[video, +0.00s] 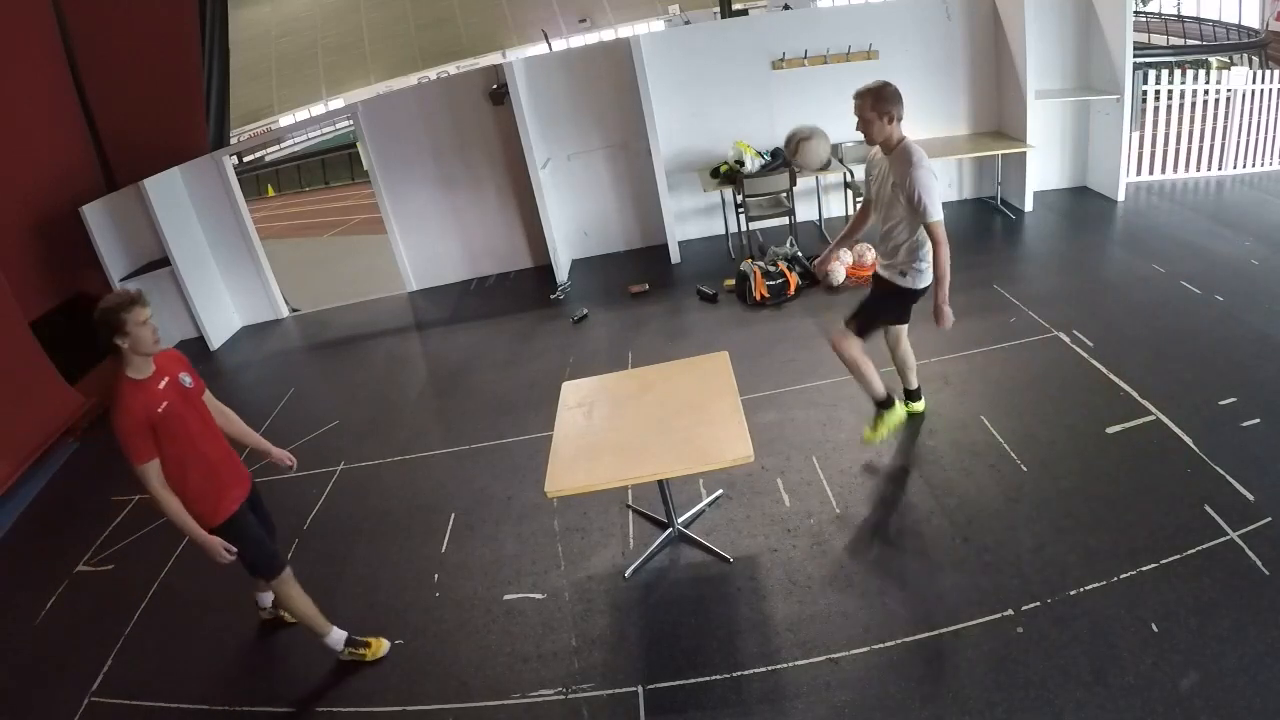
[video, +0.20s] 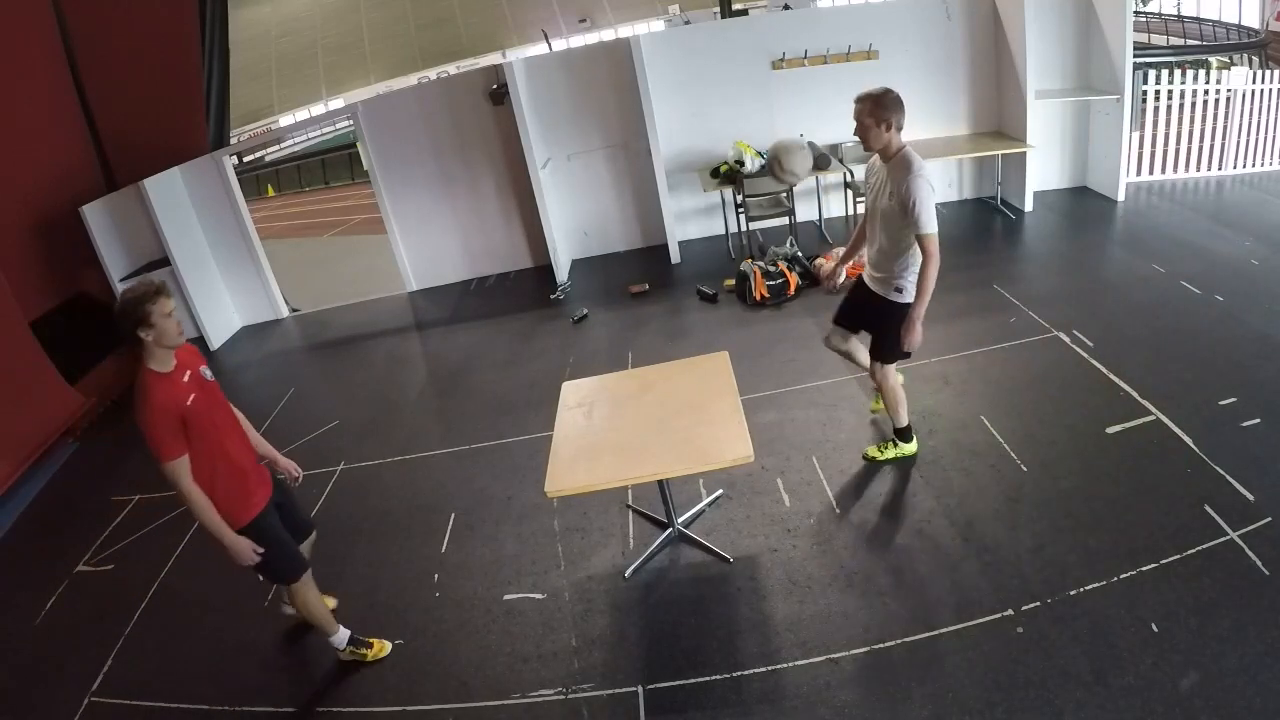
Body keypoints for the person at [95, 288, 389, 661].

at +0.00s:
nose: (154, 326)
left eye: (151, 318)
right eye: (143, 324)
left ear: (150, 319)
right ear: (121, 340)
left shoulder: (172, 360)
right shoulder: (128, 408)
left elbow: (216, 410)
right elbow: (156, 486)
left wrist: (267, 448)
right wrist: (201, 537)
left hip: (239, 480)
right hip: (215, 507)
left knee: (262, 547)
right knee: (278, 570)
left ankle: (267, 605)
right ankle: (339, 642)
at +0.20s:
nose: (179, 320)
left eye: (175, 312)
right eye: (169, 317)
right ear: (145, 333)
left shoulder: (187, 354)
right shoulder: (154, 402)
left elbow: (226, 410)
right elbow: (185, 484)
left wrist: (273, 455)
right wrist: (229, 539)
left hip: (260, 478)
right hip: (240, 508)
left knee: (304, 537)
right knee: (295, 572)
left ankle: (296, 598)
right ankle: (343, 642)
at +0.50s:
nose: (206, 308)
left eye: (202, 300)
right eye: (196, 304)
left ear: (176, 318)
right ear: (170, 321)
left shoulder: (203, 347)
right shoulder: (176, 385)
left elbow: (244, 412)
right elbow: (214, 475)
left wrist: (284, 452)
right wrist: (283, 513)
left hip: (276, 477)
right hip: (254, 507)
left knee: (312, 541)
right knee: (305, 574)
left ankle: (335, 606)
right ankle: (342, 642)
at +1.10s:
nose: (257, 313)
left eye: (257, 304)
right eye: (251, 306)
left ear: (227, 308)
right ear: (222, 309)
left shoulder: (238, 343)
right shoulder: (206, 372)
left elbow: (257, 412)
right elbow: (226, 465)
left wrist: (288, 448)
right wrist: (279, 518)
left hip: (286, 480)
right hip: (263, 505)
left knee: (328, 557)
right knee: (317, 572)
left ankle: (343, 625)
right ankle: (304, 636)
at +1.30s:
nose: (272, 326)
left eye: (274, 317)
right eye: (267, 317)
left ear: (245, 313)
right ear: (237, 314)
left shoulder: (249, 347)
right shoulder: (213, 369)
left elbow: (256, 423)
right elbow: (220, 466)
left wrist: (280, 474)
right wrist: (266, 522)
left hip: (283, 484)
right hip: (262, 506)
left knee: (326, 551)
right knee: (321, 569)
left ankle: (349, 625)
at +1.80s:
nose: (260, 303)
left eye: (258, 294)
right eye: (251, 297)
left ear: (227, 303)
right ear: (222, 304)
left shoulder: (236, 338)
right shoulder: (220, 366)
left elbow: (263, 417)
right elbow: (242, 458)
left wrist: (298, 468)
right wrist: (296, 506)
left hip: (299, 477)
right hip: (288, 496)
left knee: (345, 545)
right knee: (347, 554)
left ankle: (365, 610)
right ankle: (366, 635)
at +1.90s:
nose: (259, 303)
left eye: (257, 294)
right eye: (251, 297)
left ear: (228, 305)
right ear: (222, 305)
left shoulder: (234, 339)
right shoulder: (219, 365)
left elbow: (257, 416)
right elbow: (238, 455)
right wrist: (297, 504)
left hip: (297, 472)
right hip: (290, 487)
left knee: (337, 537)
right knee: (373, 522)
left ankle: (364, 610)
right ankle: (378, 607)